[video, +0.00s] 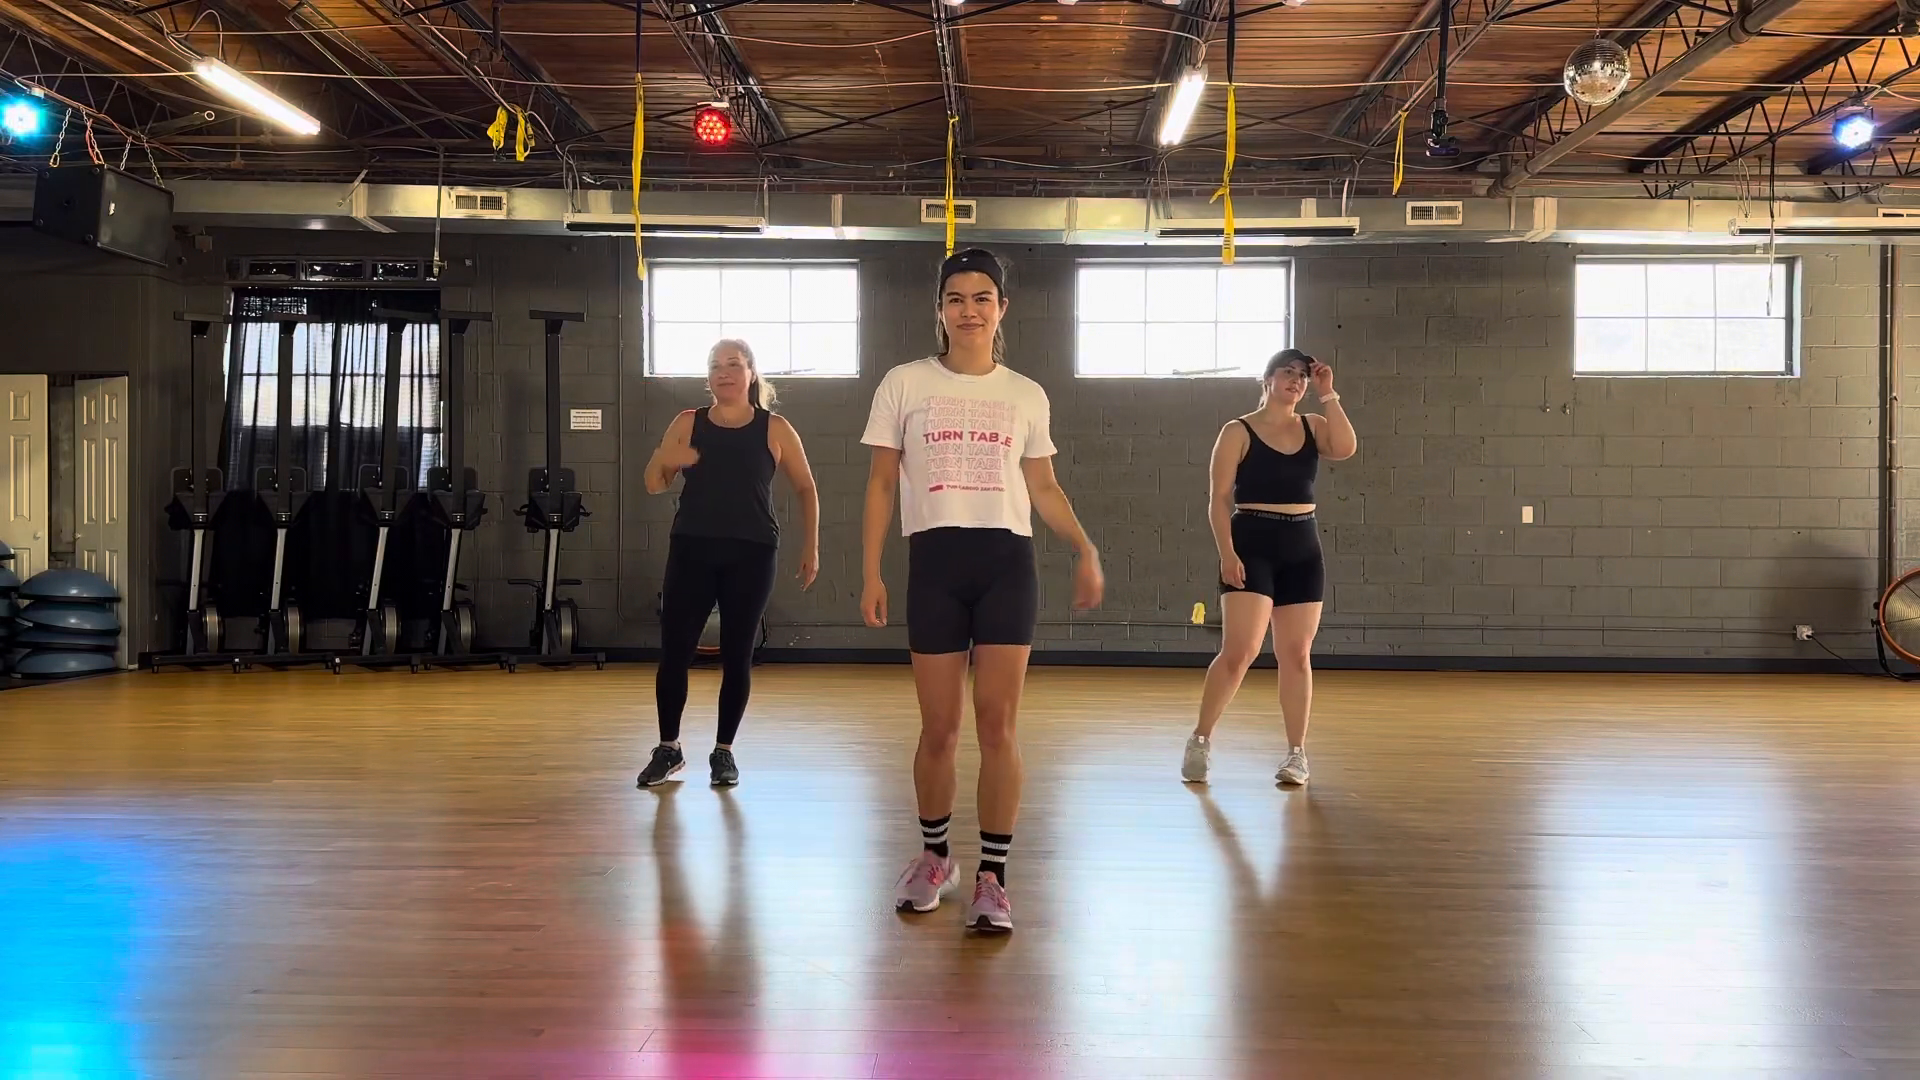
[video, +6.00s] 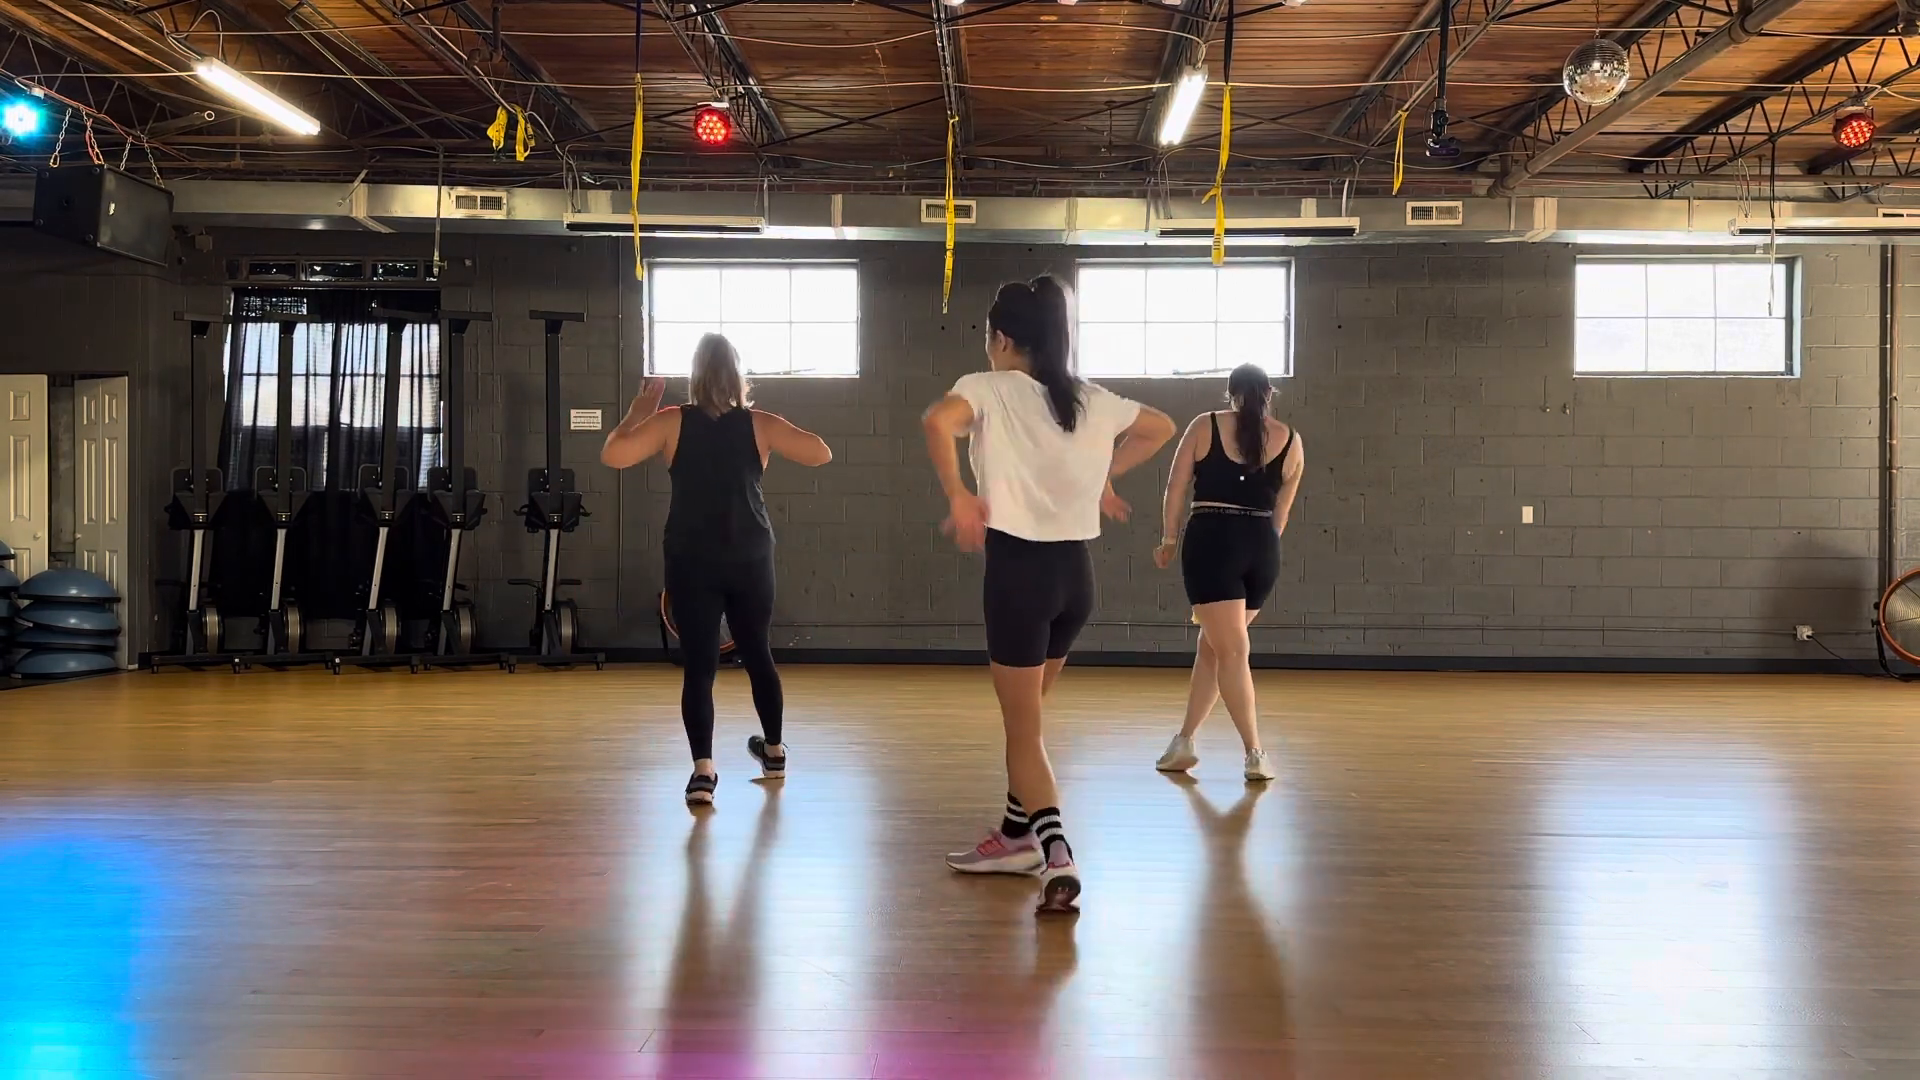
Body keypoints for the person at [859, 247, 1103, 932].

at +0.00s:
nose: (968, 308)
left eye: (980, 297)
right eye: (956, 297)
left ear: (1000, 308)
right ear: (940, 309)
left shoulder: (1026, 395)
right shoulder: (903, 384)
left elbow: (1043, 486)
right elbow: (882, 482)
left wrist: (1086, 548)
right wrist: (872, 572)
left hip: (1006, 565)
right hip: (932, 563)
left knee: (997, 726)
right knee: (938, 730)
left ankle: (992, 879)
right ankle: (934, 858)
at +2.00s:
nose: (981, 231)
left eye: (1000, 212)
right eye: (961, 212)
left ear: (1027, 225)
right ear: (935, 223)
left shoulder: (1067, 339)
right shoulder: (881, 319)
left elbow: (1188, 390)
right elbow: (722, 337)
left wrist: (1203, 311)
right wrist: (729, 333)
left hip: (1043, 585)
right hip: (937, 582)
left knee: (1013, 826)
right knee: (943, 825)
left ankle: (974, 1036)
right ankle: (921, 869)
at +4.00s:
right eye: (1107, 184)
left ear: (1022, 199)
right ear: (1107, 200)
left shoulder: (972, 317)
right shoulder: (1145, 311)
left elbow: (910, 443)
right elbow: (1173, 443)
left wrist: (873, 511)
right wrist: (1213, 575)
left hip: (1004, 570)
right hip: (1113, 566)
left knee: (1023, 801)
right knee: (1099, 720)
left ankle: (1038, 1032)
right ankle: (1108, 860)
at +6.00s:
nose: (986, 344)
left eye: (990, 334)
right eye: (989, 334)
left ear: (1007, 338)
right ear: (1053, 338)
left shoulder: (989, 386)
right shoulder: (1091, 398)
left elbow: (939, 420)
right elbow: (1160, 426)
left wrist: (958, 493)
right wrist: (1102, 474)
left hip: (1017, 572)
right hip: (1076, 574)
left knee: (1023, 724)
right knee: (1027, 714)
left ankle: (1057, 855)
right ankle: (1015, 835)